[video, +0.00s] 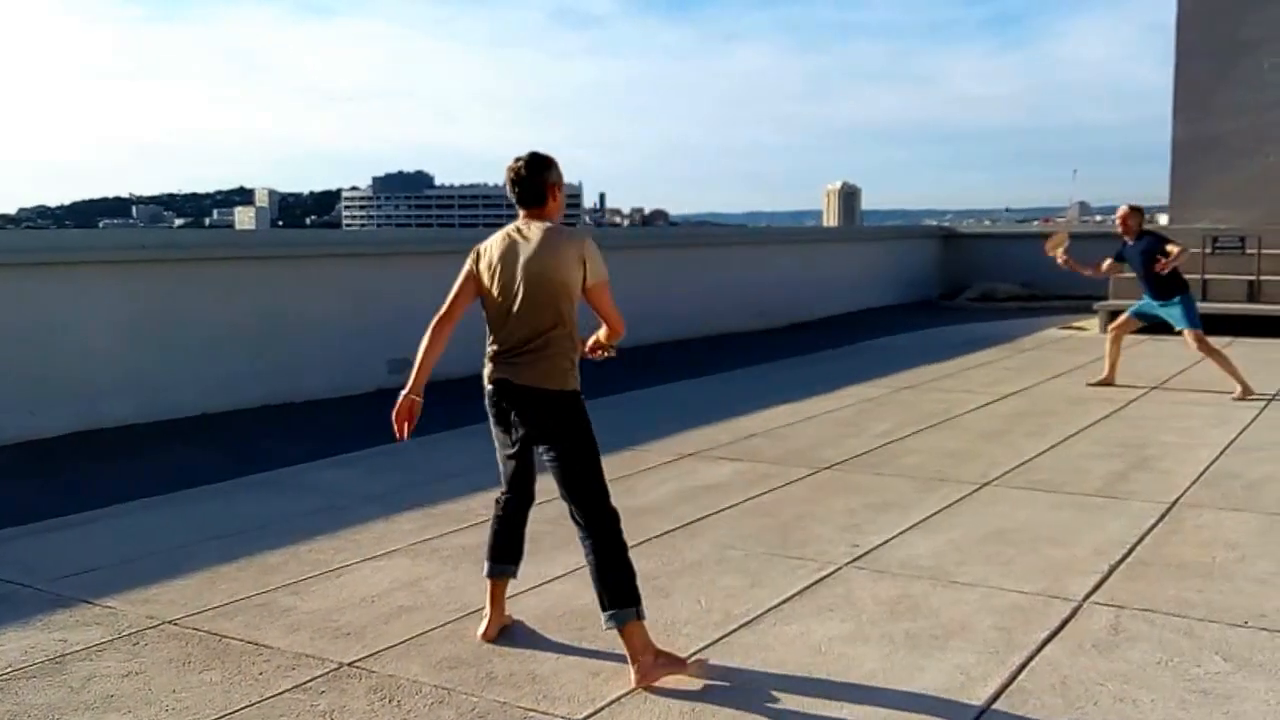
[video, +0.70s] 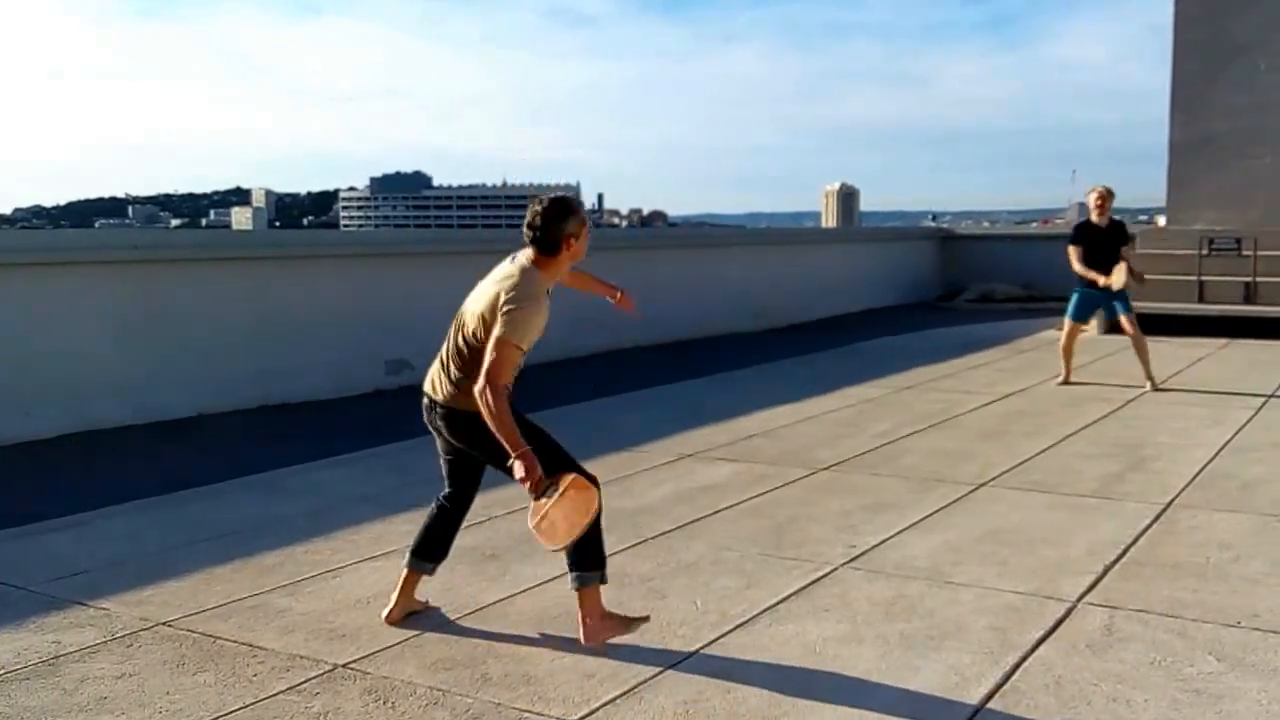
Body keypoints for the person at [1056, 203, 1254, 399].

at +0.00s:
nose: (1120, 225)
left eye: (1125, 220)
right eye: (1118, 221)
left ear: (1138, 221)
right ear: (1118, 224)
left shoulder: (1152, 239)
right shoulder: (1124, 249)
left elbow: (1180, 250)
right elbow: (1101, 271)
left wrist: (1171, 261)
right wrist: (1072, 265)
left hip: (1177, 300)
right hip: (1151, 302)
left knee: (1198, 344)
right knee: (1115, 330)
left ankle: (1243, 385)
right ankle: (1109, 377)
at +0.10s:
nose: (1100, 226)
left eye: (1104, 222)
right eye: (1099, 222)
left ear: (1117, 222)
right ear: (1101, 225)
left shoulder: (1137, 239)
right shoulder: (1103, 250)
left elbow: (1169, 252)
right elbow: (1079, 275)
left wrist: (1164, 264)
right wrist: (1049, 267)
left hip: (1161, 296)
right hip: (1136, 298)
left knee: (1186, 336)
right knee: (1100, 330)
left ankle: (1228, 378)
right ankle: (1106, 377)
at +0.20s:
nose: (1089, 220)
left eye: (1093, 215)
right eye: (1087, 216)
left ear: (1105, 216)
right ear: (1087, 220)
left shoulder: (1123, 232)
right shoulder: (1090, 243)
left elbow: (1157, 246)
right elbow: (1072, 267)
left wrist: (1156, 257)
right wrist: (1054, 271)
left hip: (1149, 289)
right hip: (1123, 294)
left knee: (1169, 328)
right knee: (1093, 331)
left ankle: (1202, 372)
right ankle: (1105, 376)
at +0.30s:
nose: (1088, 207)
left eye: (1092, 202)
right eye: (1084, 204)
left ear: (1102, 204)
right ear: (1080, 209)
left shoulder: (1119, 221)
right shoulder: (1083, 232)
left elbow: (1148, 230)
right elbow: (1081, 252)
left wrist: (1156, 235)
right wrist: (1084, 265)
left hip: (1138, 282)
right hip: (1112, 286)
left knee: (1154, 323)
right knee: (1092, 329)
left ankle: (1179, 372)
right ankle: (1104, 375)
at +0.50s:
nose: (1094, 195)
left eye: (1098, 190)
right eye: (1090, 190)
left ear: (1105, 193)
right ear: (1084, 194)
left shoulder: (1118, 211)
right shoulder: (1081, 220)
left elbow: (1143, 225)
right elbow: (1086, 250)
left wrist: (1153, 225)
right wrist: (1105, 260)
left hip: (1123, 276)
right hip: (1096, 276)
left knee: (1136, 322)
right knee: (1077, 323)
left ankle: (1151, 372)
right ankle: (1079, 367)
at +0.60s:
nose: (1098, 199)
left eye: (1102, 195)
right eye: (1094, 195)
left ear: (1109, 199)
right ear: (1087, 199)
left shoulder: (1118, 222)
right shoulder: (1081, 225)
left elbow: (1132, 247)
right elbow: (1082, 259)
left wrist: (1140, 247)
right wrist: (1107, 268)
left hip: (1116, 283)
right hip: (1089, 284)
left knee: (1132, 327)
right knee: (1072, 330)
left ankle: (1148, 375)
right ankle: (1066, 371)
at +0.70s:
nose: (1100, 204)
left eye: (1104, 200)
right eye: (1096, 200)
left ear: (1111, 204)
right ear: (1088, 203)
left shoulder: (1118, 227)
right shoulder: (1080, 229)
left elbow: (1125, 255)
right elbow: (1076, 264)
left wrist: (1134, 273)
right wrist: (1098, 277)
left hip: (1114, 285)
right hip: (1087, 286)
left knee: (1133, 330)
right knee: (1068, 332)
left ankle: (1149, 376)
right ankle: (1065, 372)